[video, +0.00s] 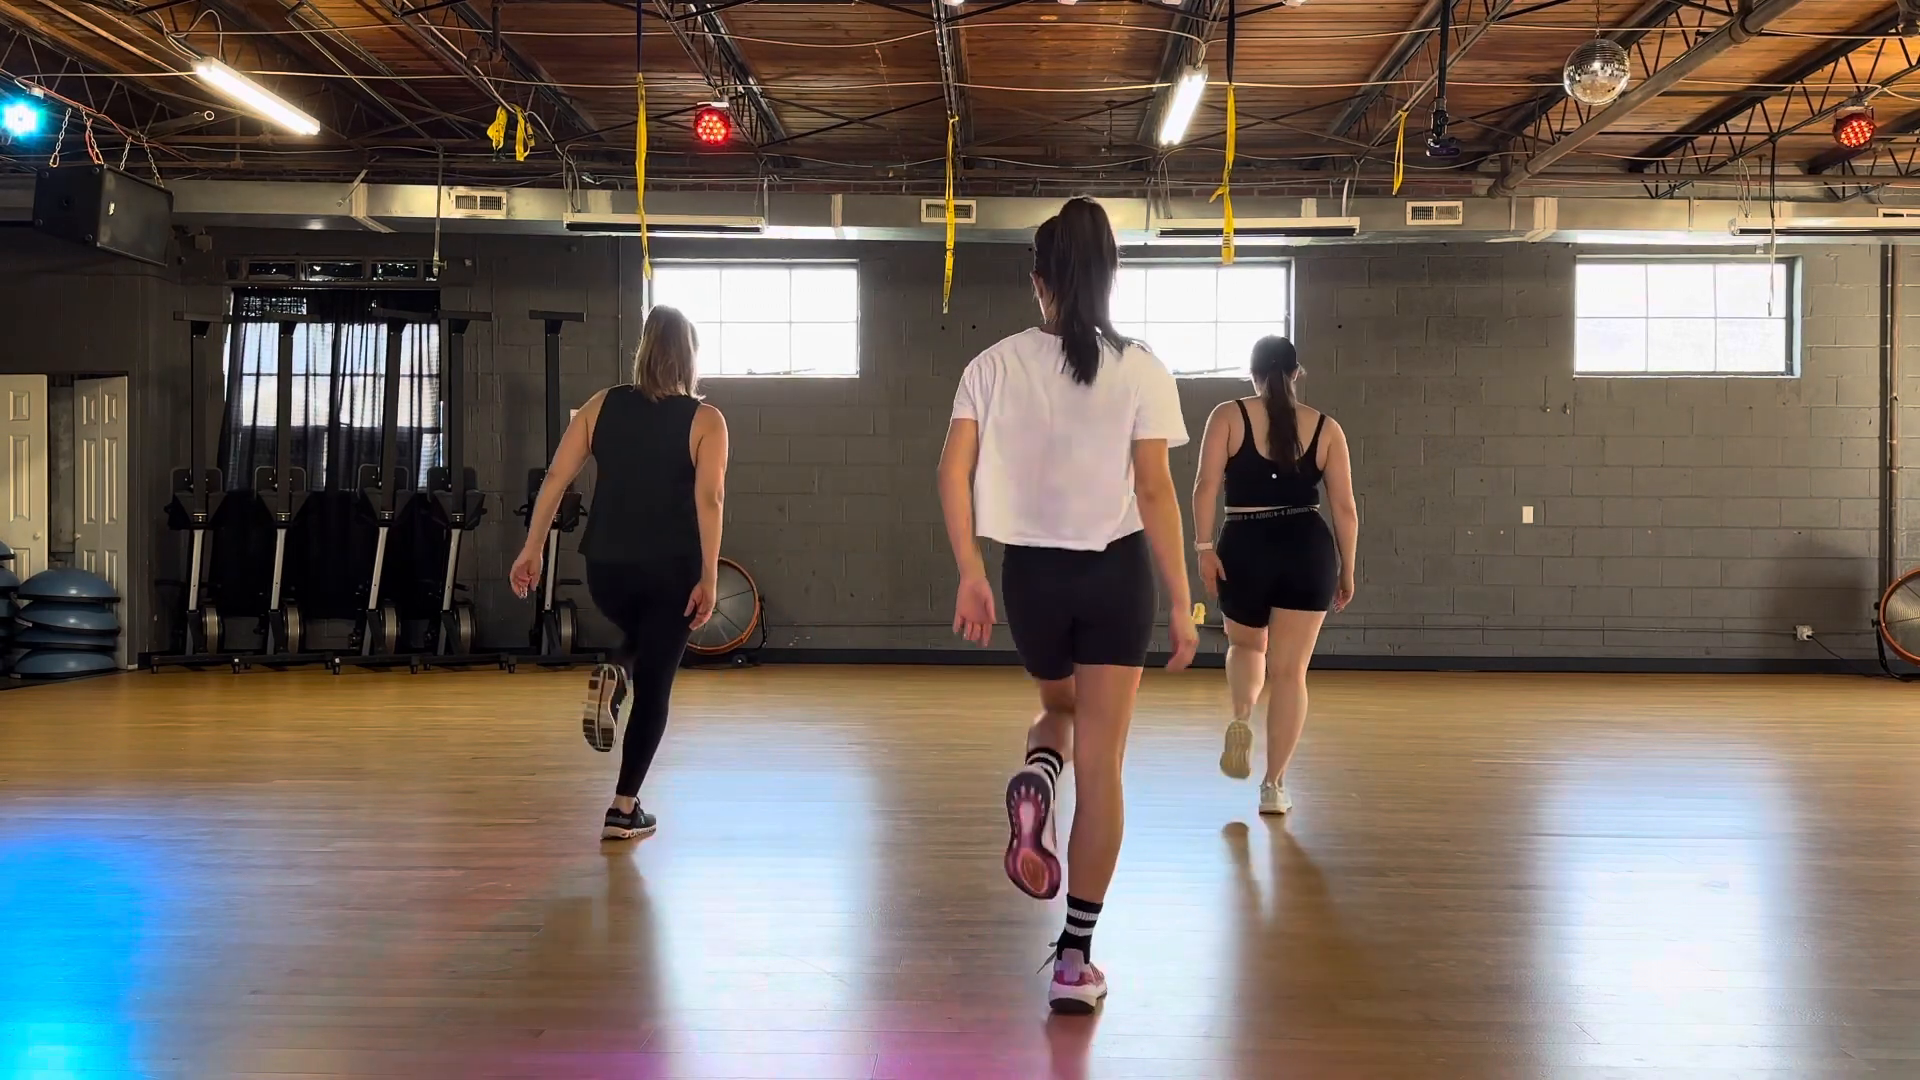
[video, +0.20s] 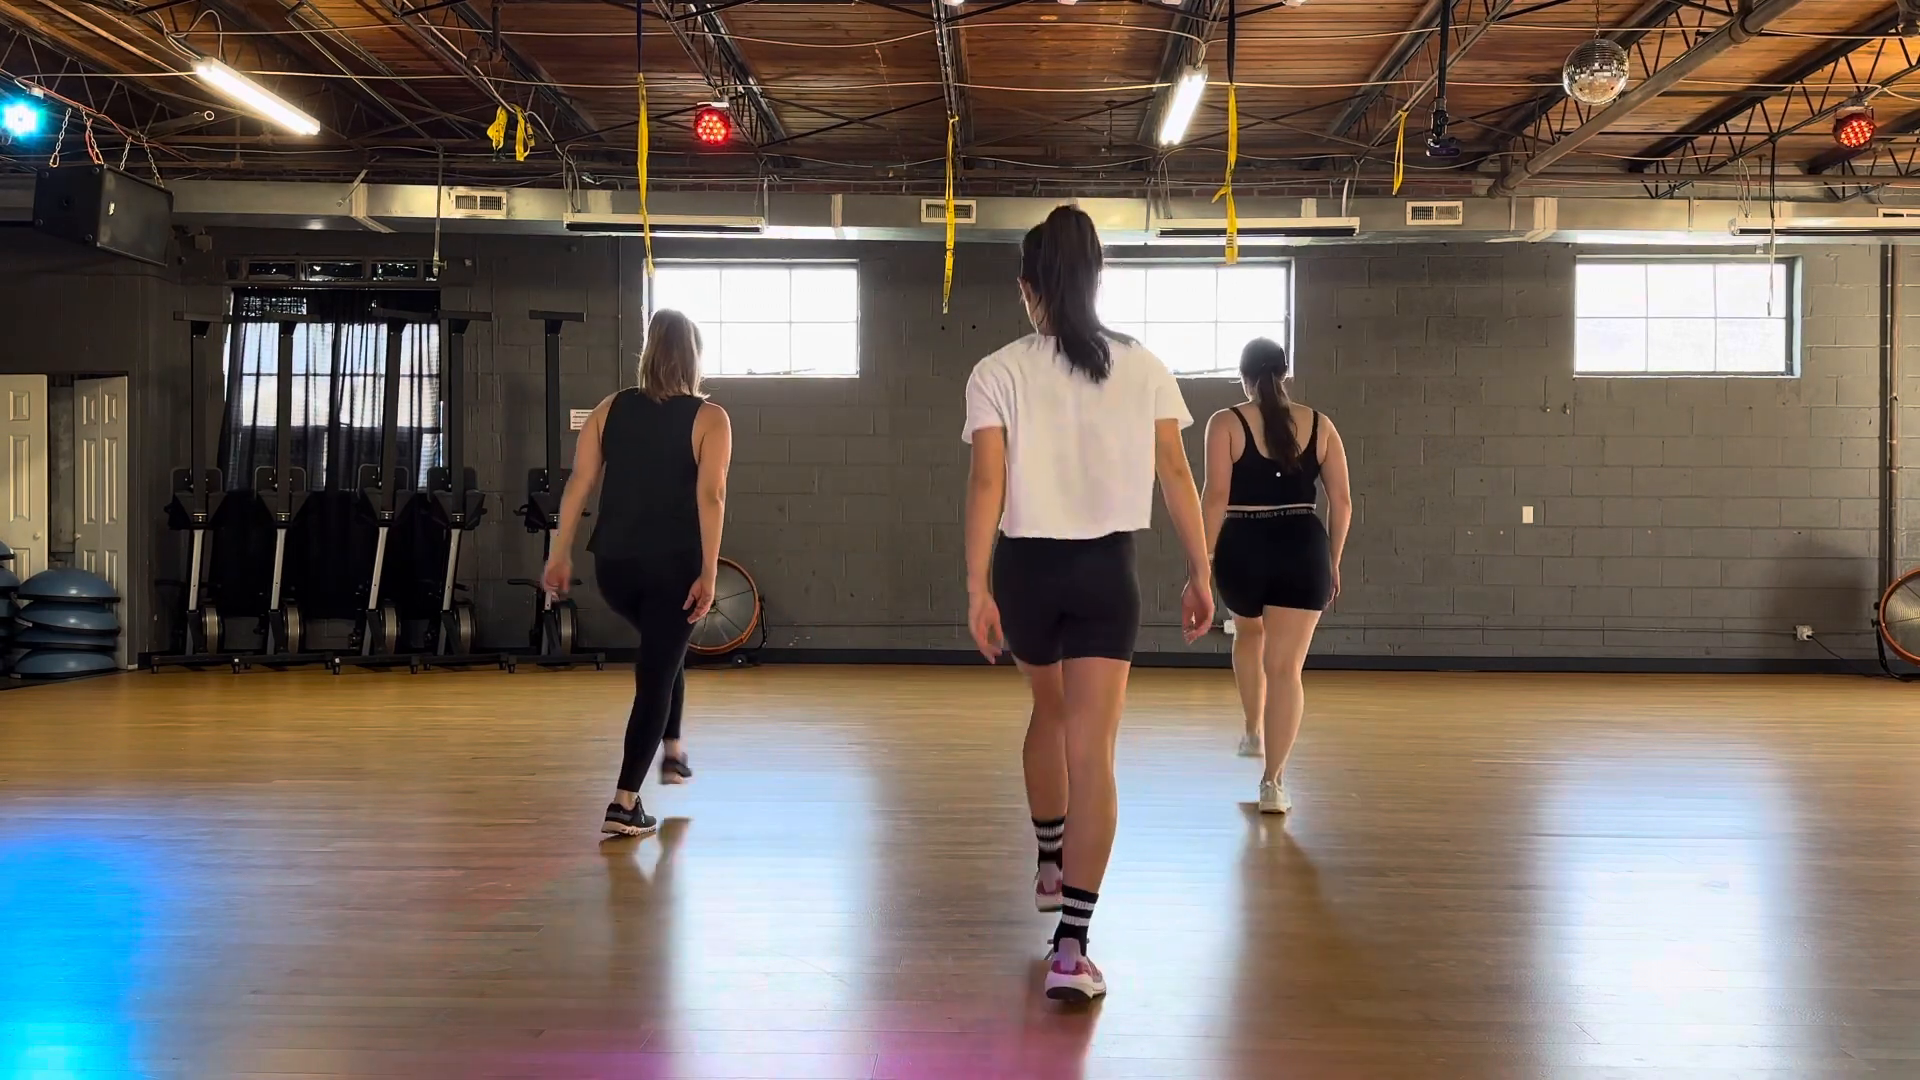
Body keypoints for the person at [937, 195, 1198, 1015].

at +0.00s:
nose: (1037, 283)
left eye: (1037, 271)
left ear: (1038, 277)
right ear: (1109, 274)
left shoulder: (993, 365)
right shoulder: (1140, 368)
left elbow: (953, 468)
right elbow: (1152, 488)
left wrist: (970, 569)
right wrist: (1179, 597)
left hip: (1025, 573)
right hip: (1115, 573)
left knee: (1058, 705)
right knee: (1098, 767)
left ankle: (1035, 784)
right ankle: (1074, 957)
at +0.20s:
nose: (1022, 293)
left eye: (1022, 282)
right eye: (1027, 282)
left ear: (1029, 284)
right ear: (1097, 278)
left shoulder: (999, 372)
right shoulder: (1147, 368)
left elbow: (987, 479)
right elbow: (1176, 477)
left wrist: (978, 584)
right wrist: (1200, 571)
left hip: (1026, 570)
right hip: (1109, 571)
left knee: (1046, 709)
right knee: (1093, 754)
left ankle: (1052, 856)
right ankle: (1072, 943)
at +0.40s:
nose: (1015, 320)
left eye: (1017, 309)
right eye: (1020, 308)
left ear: (1026, 315)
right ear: (1084, 311)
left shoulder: (1003, 402)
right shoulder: (1136, 395)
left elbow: (1010, 518)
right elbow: (1170, 503)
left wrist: (992, 619)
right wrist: (1198, 590)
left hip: (1030, 597)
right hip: (1108, 595)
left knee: (1038, 755)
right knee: (1095, 760)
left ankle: (1051, 884)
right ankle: (1076, 945)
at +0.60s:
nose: (1011, 320)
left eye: (1013, 309)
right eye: (1016, 309)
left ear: (1024, 314)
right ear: (1078, 309)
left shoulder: (1007, 399)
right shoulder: (1127, 391)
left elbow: (1009, 512)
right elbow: (1153, 497)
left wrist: (938, 579)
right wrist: (1173, 578)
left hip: (1019, 580)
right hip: (1094, 580)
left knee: (1034, 742)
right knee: (1085, 739)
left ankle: (1057, 886)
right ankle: (1094, 890)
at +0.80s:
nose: (1010, 333)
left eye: (1012, 322)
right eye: (1013, 322)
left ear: (1023, 328)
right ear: (1071, 321)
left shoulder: (1009, 407)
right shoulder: (1121, 393)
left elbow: (939, 491)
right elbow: (1179, 465)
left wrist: (890, 420)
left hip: (1009, 576)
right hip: (1081, 580)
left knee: (1030, 734)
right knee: (1072, 724)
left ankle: (1058, 884)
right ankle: (1119, 778)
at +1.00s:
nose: (1004, 332)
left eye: (1007, 322)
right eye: (1005, 322)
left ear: (1021, 324)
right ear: (1068, 321)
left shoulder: (997, 376)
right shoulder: (1115, 384)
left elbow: (914, 376)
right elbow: (1199, 405)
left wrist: (940, 413)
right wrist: (1161, 435)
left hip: (1018, 564)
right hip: (1086, 569)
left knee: (1037, 724)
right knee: (1043, 680)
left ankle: (1057, 877)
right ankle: (1077, 807)